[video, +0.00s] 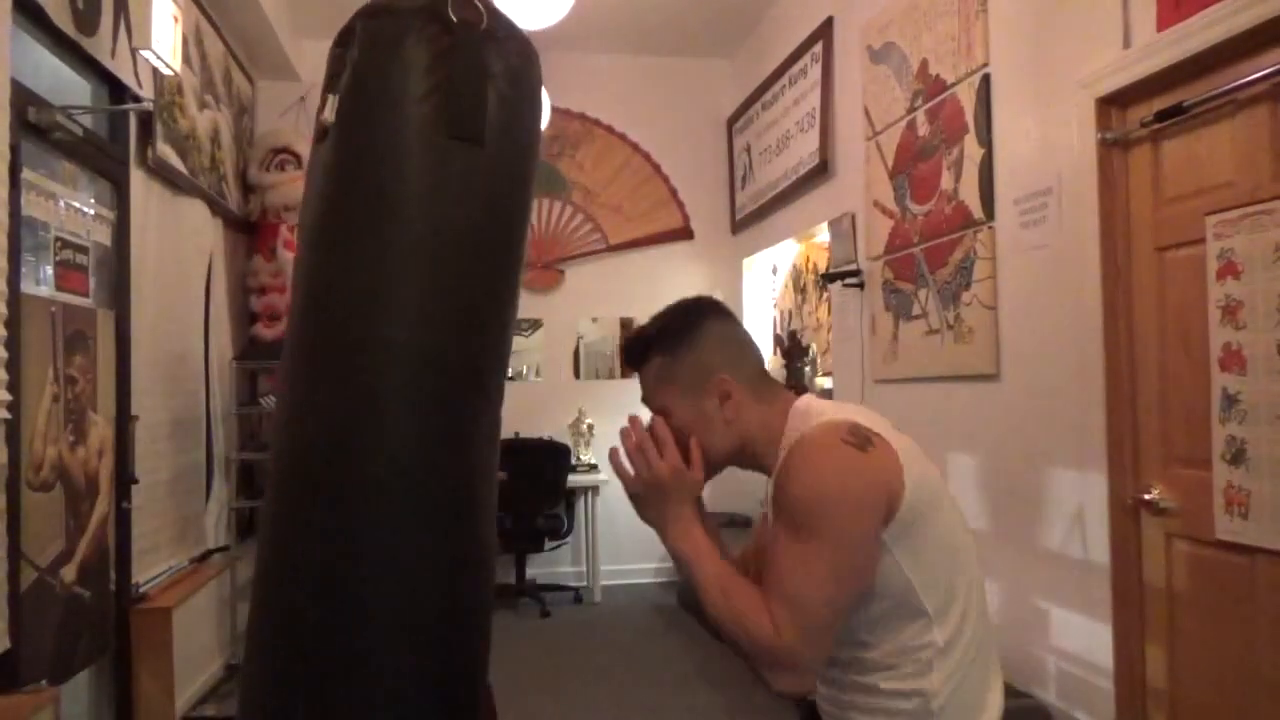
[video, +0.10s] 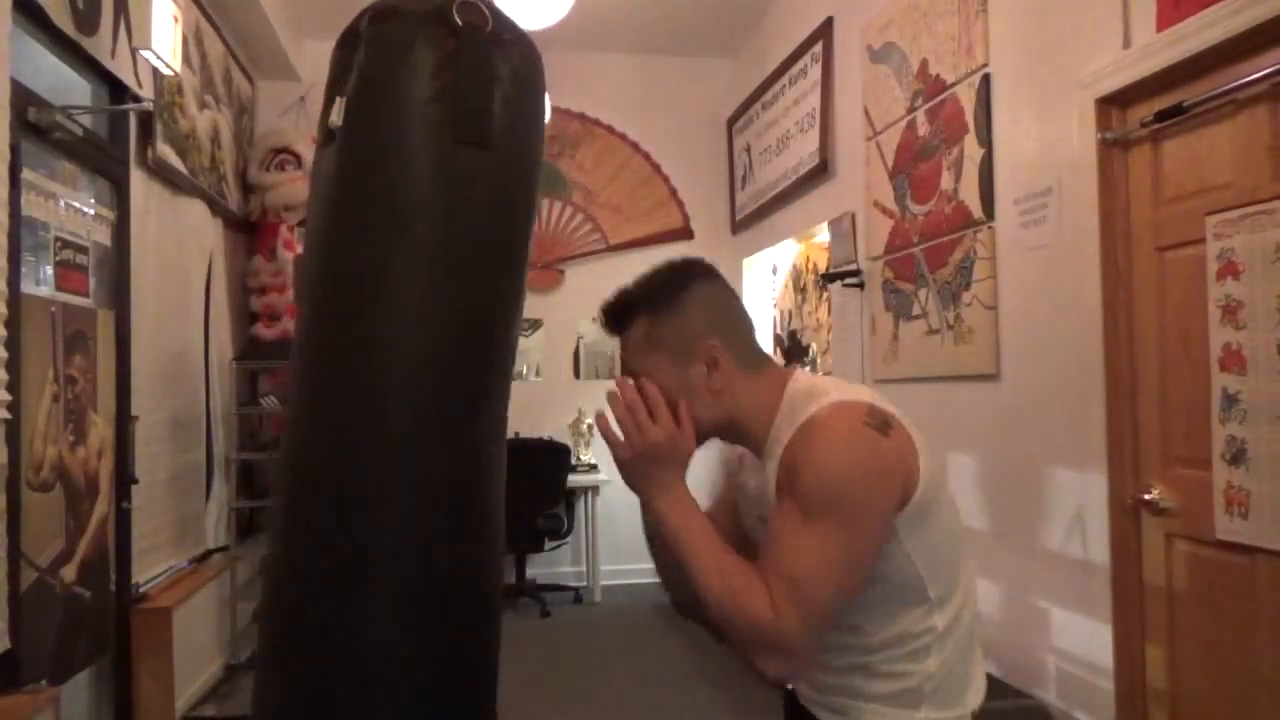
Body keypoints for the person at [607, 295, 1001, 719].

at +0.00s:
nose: (661, 436)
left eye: (665, 416)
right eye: (656, 418)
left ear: (723, 396)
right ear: (725, 394)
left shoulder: (832, 459)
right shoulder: (808, 448)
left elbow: (790, 665)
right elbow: (744, 593)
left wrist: (679, 521)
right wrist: (681, 514)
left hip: (913, 709)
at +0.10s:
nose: (640, 408)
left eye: (647, 386)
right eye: (636, 388)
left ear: (712, 367)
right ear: (714, 367)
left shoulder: (844, 442)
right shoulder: (754, 439)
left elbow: (779, 638)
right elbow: (701, 598)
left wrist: (664, 489)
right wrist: (656, 490)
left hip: (898, 707)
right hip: (812, 696)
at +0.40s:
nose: (575, 383)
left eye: (583, 362)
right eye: (574, 363)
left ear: (656, 353)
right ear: (657, 355)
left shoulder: (804, 434)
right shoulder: (696, 436)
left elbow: (724, 668)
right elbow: (634, 600)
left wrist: (597, 480)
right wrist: (588, 474)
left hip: (881, 706)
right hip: (796, 699)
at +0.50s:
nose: (566, 434)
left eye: (571, 410)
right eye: (563, 413)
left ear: (640, 397)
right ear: (646, 396)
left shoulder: (778, 474)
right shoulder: (715, 451)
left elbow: (724, 696)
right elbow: (675, 602)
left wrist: (597, 541)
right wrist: (602, 514)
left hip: (893, 709)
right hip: (818, 695)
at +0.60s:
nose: (582, 459)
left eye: (584, 437)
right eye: (577, 440)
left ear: (640, 425)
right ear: (644, 424)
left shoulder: (762, 495)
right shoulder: (747, 460)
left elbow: (718, 701)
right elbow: (692, 628)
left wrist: (603, 561)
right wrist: (624, 525)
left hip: (901, 710)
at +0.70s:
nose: (620, 449)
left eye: (621, 430)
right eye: (615, 432)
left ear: (663, 419)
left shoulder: (757, 488)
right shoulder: (779, 444)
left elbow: (700, 690)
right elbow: (713, 642)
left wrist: (619, 543)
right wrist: (654, 514)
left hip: (890, 711)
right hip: (946, 698)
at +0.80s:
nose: (650, 406)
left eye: (652, 385)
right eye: (647, 387)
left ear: (692, 378)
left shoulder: (765, 447)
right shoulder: (802, 410)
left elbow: (690, 628)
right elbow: (723, 587)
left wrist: (638, 484)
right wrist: (686, 462)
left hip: (891, 708)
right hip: (950, 691)